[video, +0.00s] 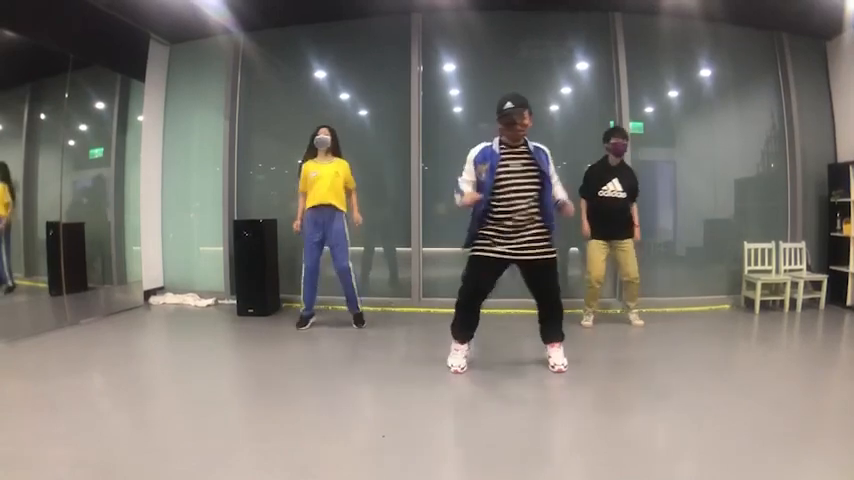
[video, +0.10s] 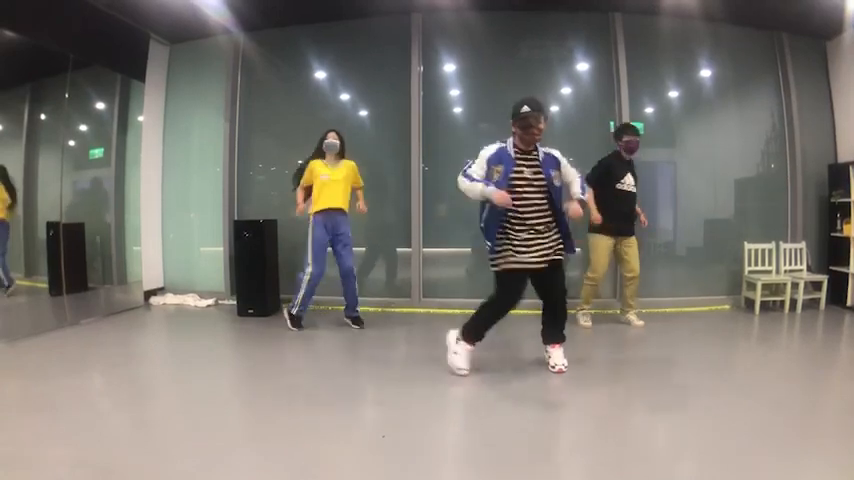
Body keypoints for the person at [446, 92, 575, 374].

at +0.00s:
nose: (517, 128)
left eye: (521, 122)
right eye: (511, 123)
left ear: (529, 120)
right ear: (500, 124)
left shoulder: (541, 153)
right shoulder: (480, 154)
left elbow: (554, 185)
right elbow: (463, 190)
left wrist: (563, 200)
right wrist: (467, 197)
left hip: (534, 239)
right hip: (492, 239)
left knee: (549, 293)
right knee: (471, 292)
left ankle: (555, 346)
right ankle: (460, 345)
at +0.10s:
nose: (536, 132)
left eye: (539, 126)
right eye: (529, 127)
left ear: (544, 125)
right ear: (514, 127)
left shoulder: (553, 158)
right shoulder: (494, 154)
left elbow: (576, 182)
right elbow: (466, 180)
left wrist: (576, 200)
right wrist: (490, 192)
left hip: (546, 240)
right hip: (511, 242)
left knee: (556, 295)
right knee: (508, 297)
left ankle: (554, 345)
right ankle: (463, 340)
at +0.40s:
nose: (553, 140)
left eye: (557, 135)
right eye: (546, 134)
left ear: (562, 135)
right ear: (531, 134)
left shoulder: (563, 173)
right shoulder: (510, 160)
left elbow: (568, 210)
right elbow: (489, 192)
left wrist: (564, 243)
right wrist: (495, 224)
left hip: (546, 250)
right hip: (514, 248)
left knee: (556, 300)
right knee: (517, 299)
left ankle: (553, 347)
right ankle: (479, 346)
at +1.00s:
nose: (505, 120)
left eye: (510, 113)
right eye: (498, 115)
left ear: (520, 114)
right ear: (488, 118)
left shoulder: (538, 152)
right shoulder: (478, 152)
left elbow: (550, 192)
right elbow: (468, 188)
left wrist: (556, 228)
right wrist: (478, 222)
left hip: (529, 239)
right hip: (490, 238)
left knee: (539, 295)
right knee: (479, 296)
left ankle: (549, 347)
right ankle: (472, 349)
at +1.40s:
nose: (509, 119)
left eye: (514, 112)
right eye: (502, 114)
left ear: (524, 114)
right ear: (492, 117)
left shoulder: (542, 151)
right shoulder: (480, 152)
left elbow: (570, 178)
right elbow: (458, 180)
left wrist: (554, 207)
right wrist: (470, 194)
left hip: (528, 241)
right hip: (487, 241)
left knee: (538, 295)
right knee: (479, 296)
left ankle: (548, 346)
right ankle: (472, 348)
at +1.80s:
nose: (502, 116)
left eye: (508, 111)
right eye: (496, 112)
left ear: (519, 114)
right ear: (487, 116)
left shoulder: (532, 149)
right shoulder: (480, 153)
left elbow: (542, 192)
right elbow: (479, 197)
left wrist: (526, 231)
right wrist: (473, 231)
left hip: (525, 237)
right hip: (487, 238)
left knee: (542, 292)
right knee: (472, 292)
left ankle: (556, 345)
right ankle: (475, 346)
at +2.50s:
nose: (482, 138)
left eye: (487, 131)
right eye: (475, 133)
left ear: (496, 131)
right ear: (465, 135)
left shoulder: (508, 164)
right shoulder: (452, 165)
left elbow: (521, 196)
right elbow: (423, 197)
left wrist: (523, 217)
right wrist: (447, 217)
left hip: (496, 249)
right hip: (458, 250)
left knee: (519, 298)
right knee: (433, 300)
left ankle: (525, 349)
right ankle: (405, 345)